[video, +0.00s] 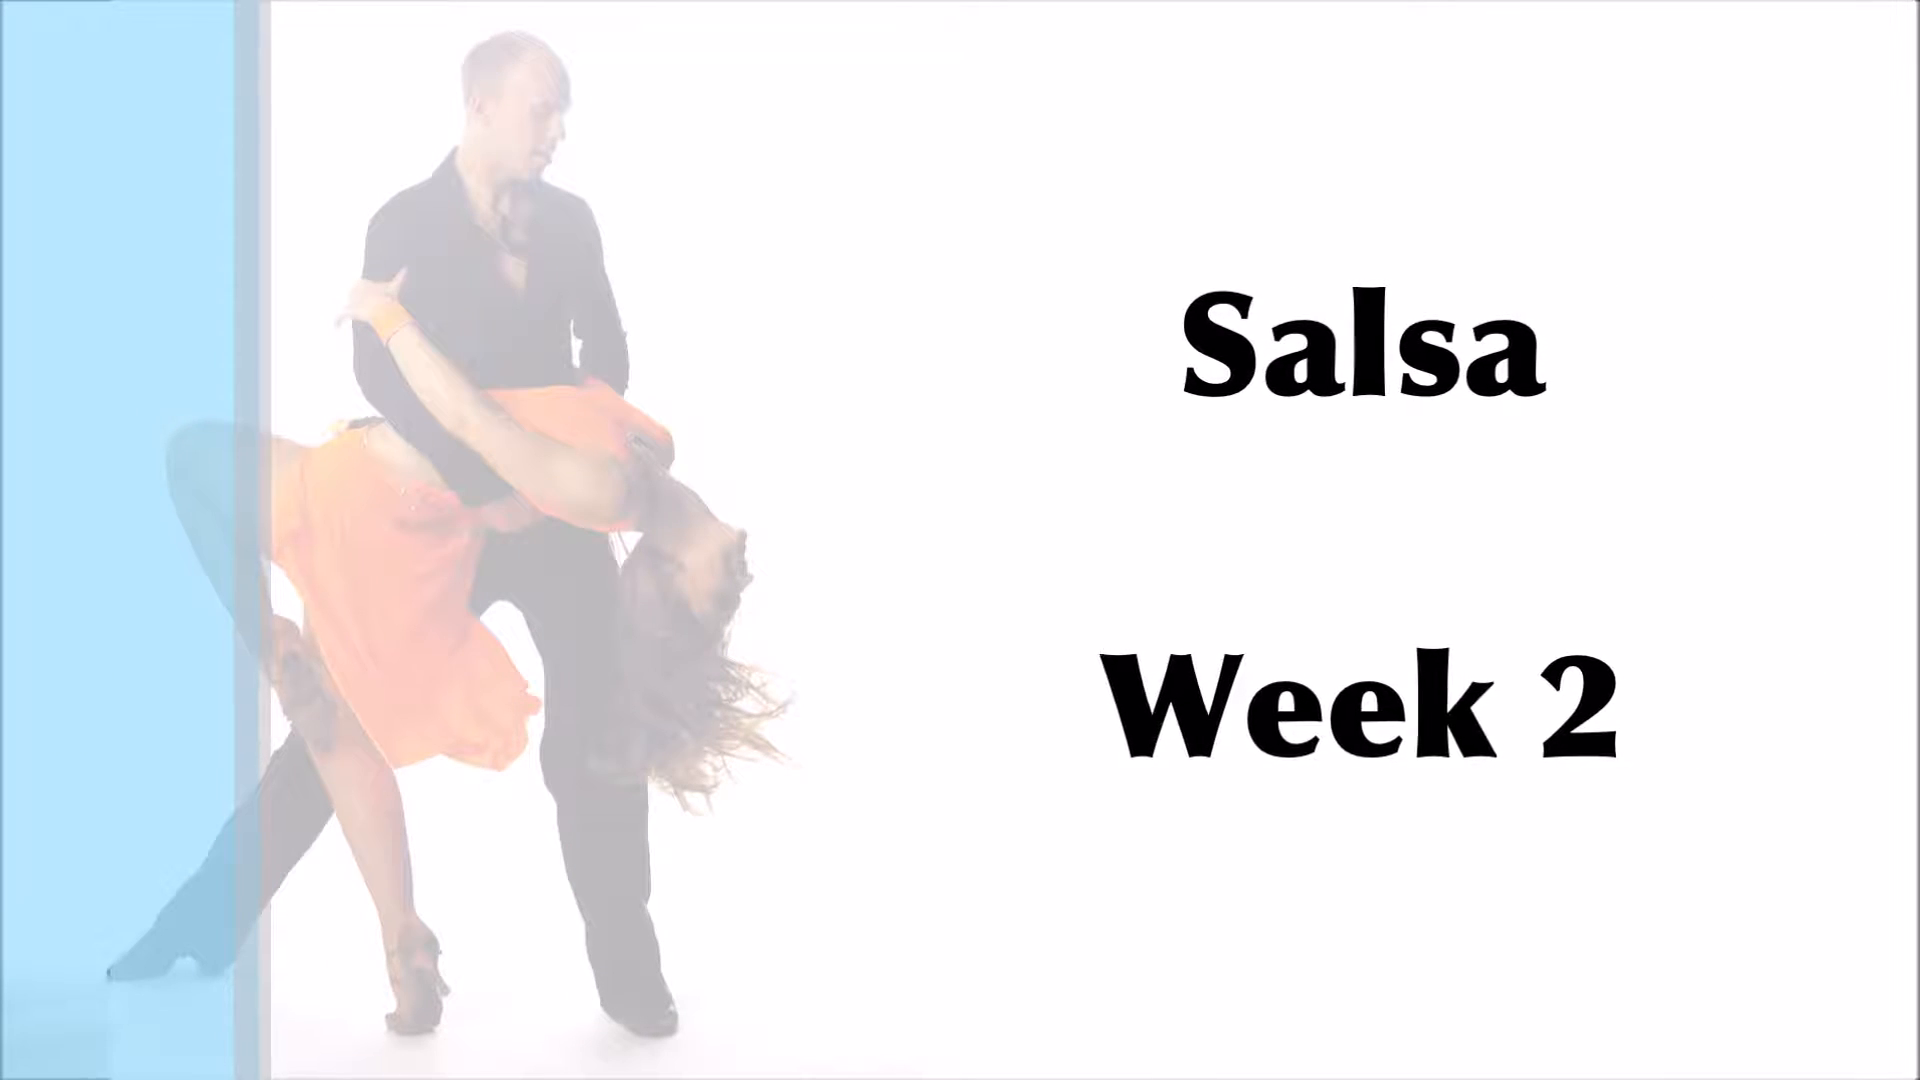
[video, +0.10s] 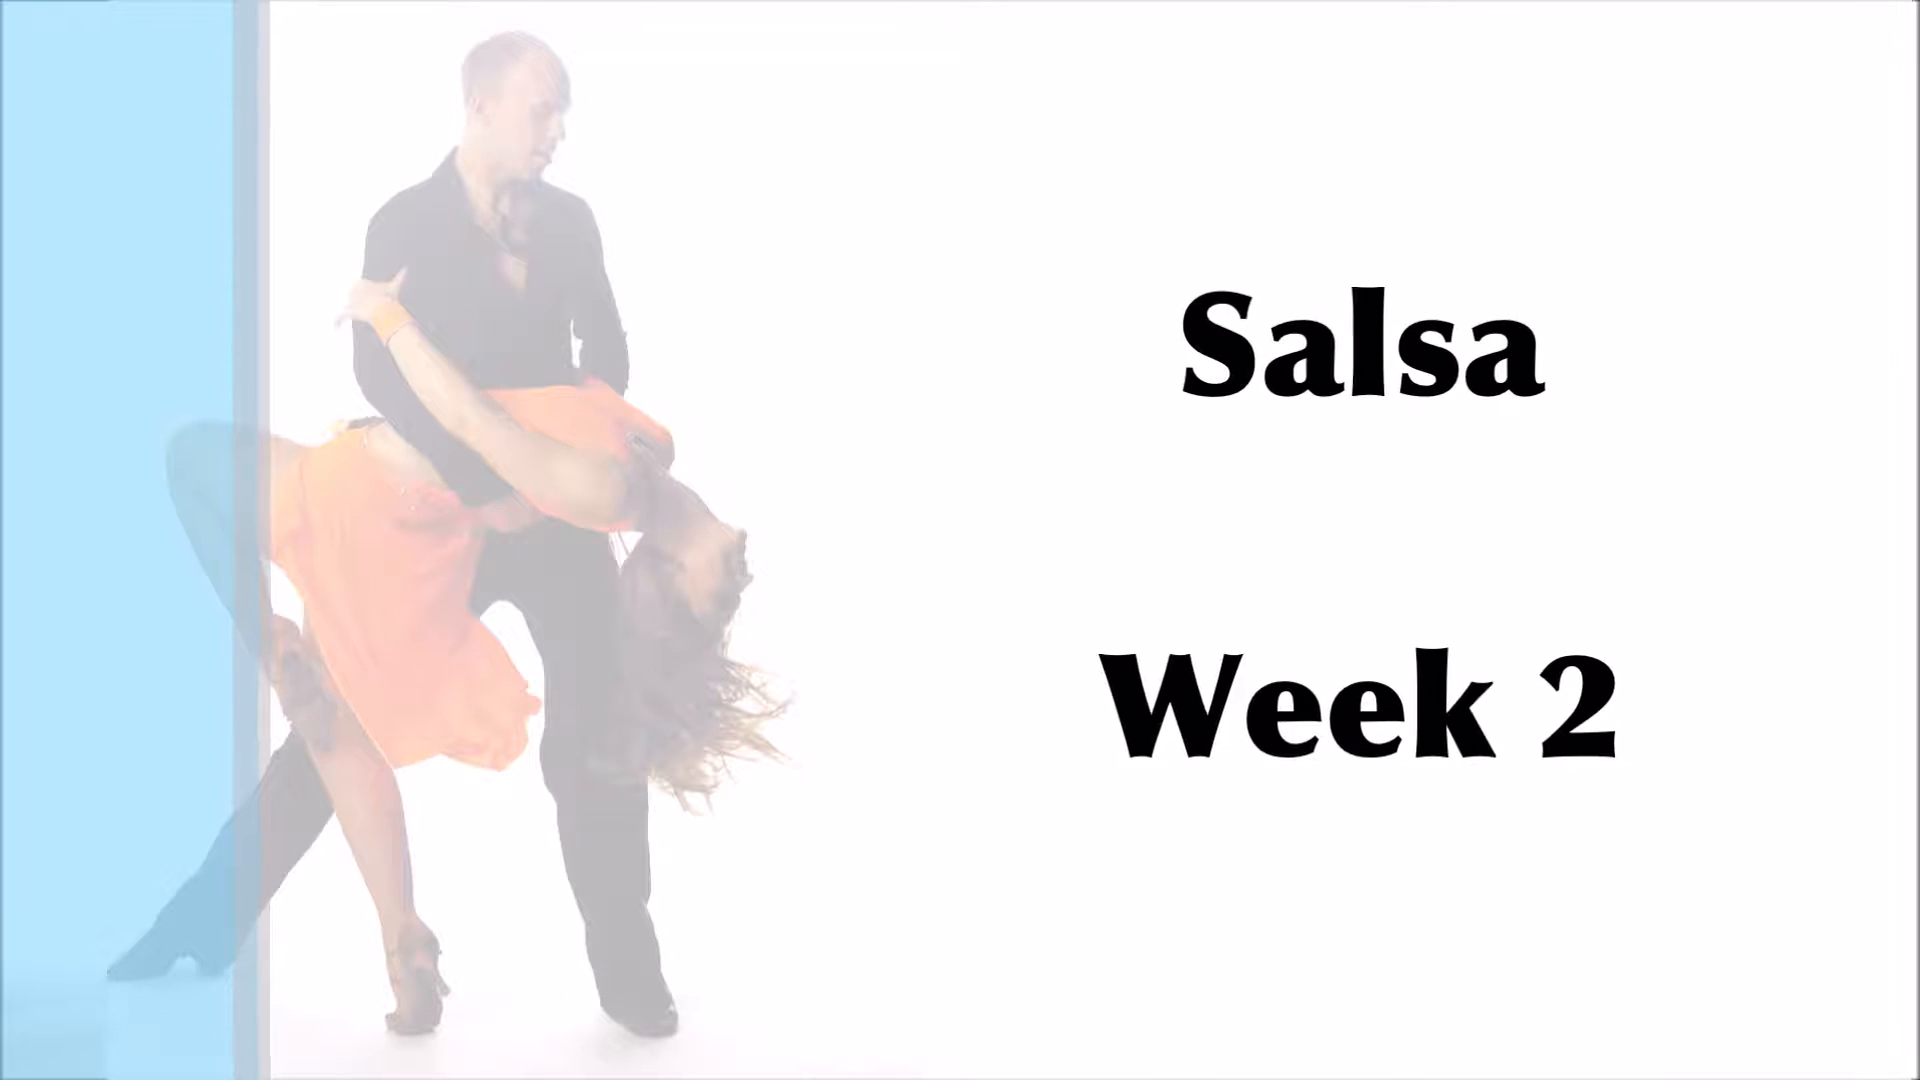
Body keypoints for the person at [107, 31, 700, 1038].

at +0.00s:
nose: (557, 132)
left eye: (563, 115)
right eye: (541, 112)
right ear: (481, 110)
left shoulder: (567, 220)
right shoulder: (405, 223)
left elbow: (608, 345)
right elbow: (379, 370)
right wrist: (468, 477)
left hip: (555, 526)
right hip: (438, 522)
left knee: (598, 728)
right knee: (345, 727)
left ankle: (627, 961)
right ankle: (209, 920)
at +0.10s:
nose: (556, 132)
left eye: (562, 115)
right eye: (541, 112)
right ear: (481, 111)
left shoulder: (567, 220)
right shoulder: (405, 223)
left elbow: (607, 342)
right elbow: (380, 371)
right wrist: (468, 477)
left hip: (555, 524)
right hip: (439, 521)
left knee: (598, 725)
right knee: (346, 726)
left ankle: (626, 958)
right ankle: (210, 919)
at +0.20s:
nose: (556, 133)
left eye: (562, 115)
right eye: (541, 112)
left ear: (554, 121)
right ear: (480, 109)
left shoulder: (567, 220)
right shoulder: (406, 223)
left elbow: (607, 342)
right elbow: (377, 367)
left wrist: (592, 437)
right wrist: (463, 472)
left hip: (552, 525)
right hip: (438, 522)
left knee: (598, 725)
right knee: (348, 724)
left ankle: (628, 959)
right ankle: (207, 921)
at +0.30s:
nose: (556, 132)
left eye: (563, 114)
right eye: (541, 111)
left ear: (557, 121)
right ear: (480, 109)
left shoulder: (567, 220)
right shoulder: (407, 223)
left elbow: (607, 341)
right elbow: (377, 367)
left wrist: (594, 427)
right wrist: (462, 473)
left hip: (554, 526)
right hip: (439, 522)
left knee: (598, 727)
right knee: (348, 726)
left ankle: (628, 962)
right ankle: (205, 924)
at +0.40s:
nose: (556, 132)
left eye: (563, 113)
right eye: (541, 111)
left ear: (557, 120)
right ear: (480, 108)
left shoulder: (567, 220)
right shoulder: (407, 222)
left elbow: (607, 342)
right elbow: (377, 367)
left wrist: (592, 431)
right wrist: (460, 471)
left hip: (554, 525)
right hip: (440, 521)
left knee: (598, 725)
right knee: (349, 724)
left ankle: (628, 962)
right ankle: (206, 924)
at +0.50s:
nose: (556, 132)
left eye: (562, 114)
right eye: (541, 112)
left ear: (554, 121)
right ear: (480, 109)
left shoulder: (567, 220)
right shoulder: (406, 223)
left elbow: (607, 340)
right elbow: (378, 368)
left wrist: (595, 432)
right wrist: (461, 469)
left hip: (554, 524)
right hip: (441, 521)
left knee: (599, 723)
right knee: (350, 721)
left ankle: (627, 958)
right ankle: (208, 921)